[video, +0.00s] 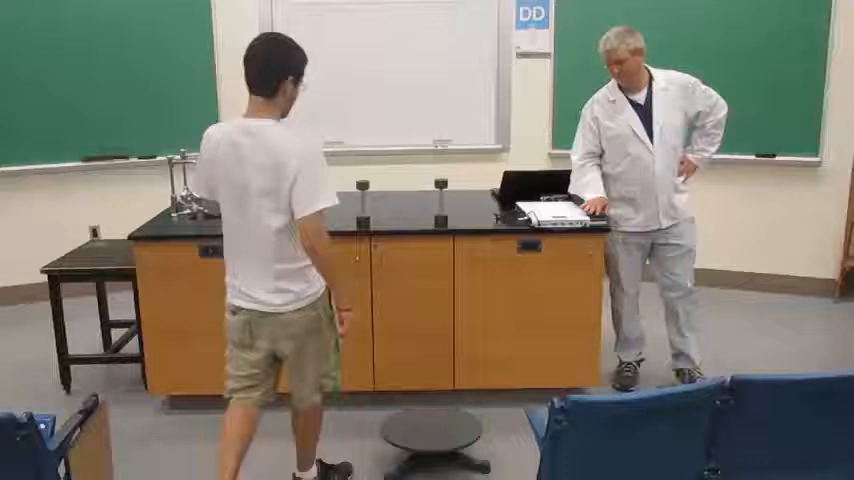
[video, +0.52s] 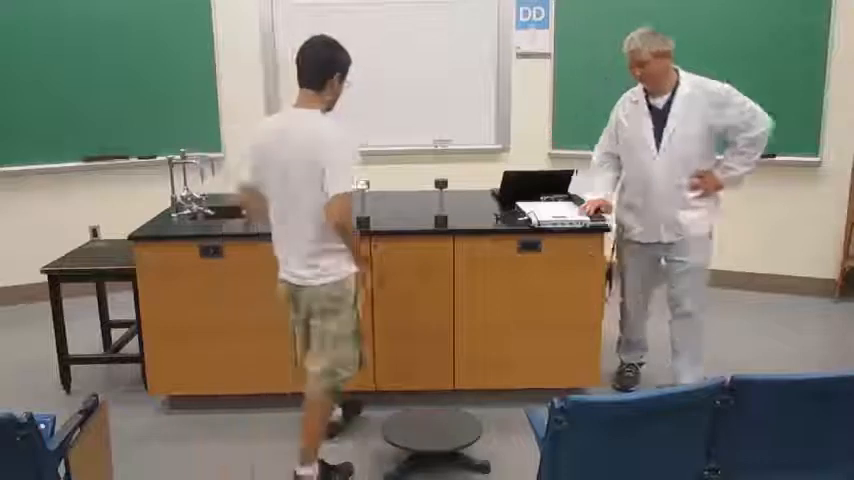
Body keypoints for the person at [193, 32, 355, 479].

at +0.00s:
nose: (299, 93)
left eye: (300, 83)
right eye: (298, 83)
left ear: (249, 79)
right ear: (287, 84)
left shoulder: (216, 138)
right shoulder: (298, 146)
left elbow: (210, 199)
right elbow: (313, 237)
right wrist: (338, 294)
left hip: (244, 300)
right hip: (298, 302)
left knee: (244, 397)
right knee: (308, 395)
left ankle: (226, 475)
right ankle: (306, 470)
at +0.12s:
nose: (313, 90)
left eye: (314, 80)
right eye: (313, 80)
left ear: (263, 77)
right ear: (302, 82)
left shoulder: (229, 140)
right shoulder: (308, 144)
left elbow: (215, 196)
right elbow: (322, 229)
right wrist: (349, 277)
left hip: (256, 292)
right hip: (307, 294)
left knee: (263, 379)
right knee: (309, 390)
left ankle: (237, 459)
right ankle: (306, 471)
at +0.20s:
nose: (313, 90)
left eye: (314, 80)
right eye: (313, 80)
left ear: (263, 76)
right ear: (301, 82)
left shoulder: (229, 138)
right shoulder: (308, 143)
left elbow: (215, 196)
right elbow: (322, 229)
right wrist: (349, 278)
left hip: (256, 292)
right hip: (307, 294)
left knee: (263, 379)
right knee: (309, 390)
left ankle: (237, 459)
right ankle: (306, 471)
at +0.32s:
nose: (335, 87)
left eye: (335, 78)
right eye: (335, 78)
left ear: (289, 74)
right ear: (325, 78)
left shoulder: (258, 128)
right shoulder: (324, 137)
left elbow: (232, 197)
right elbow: (334, 218)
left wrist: (268, 223)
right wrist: (352, 243)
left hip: (272, 275)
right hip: (315, 280)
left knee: (291, 362)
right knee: (314, 374)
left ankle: (295, 443)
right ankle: (308, 467)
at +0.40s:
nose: (335, 87)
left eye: (335, 78)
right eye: (335, 78)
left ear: (289, 74)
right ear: (325, 78)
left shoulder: (258, 128)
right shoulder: (324, 138)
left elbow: (232, 197)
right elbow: (334, 218)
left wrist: (268, 223)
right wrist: (352, 243)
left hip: (273, 275)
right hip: (315, 280)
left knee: (291, 362)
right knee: (314, 374)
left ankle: (295, 443)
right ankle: (308, 467)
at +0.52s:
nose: (343, 90)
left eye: (343, 82)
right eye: (344, 81)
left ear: (299, 76)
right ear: (334, 81)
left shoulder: (268, 129)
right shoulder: (332, 135)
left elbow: (247, 199)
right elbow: (338, 214)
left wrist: (286, 217)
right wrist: (355, 247)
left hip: (289, 270)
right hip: (329, 273)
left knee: (308, 352)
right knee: (323, 371)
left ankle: (329, 413)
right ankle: (308, 466)